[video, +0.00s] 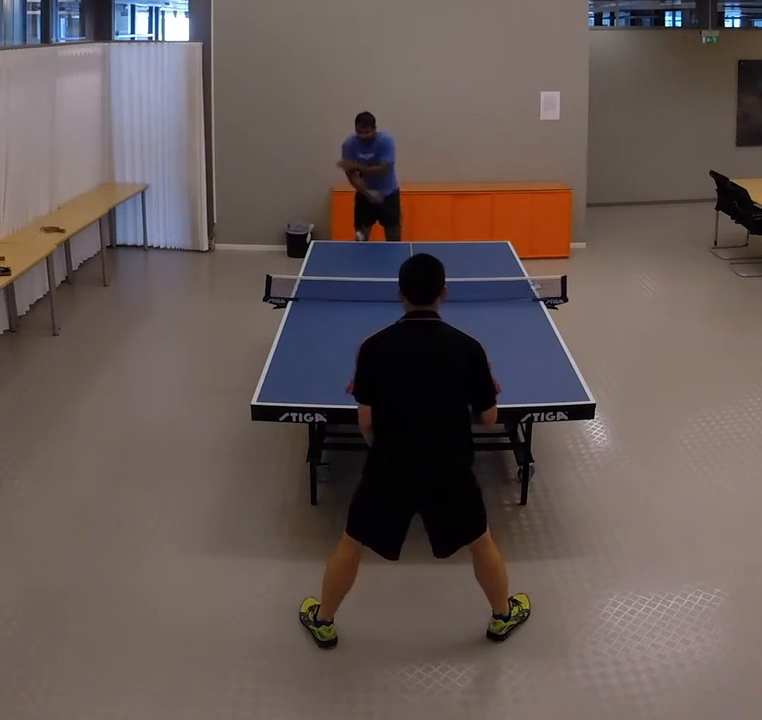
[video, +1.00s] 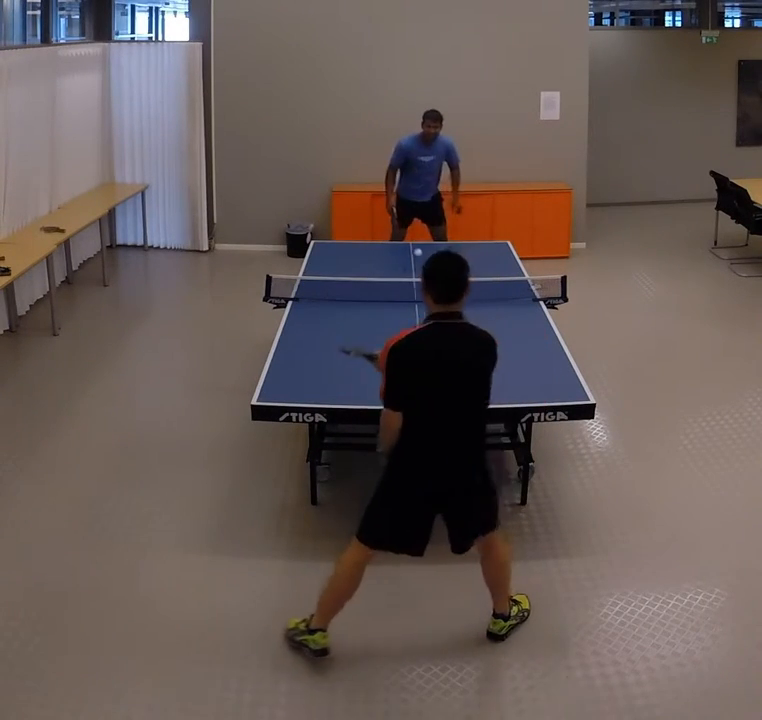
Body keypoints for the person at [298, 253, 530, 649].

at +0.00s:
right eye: (439, 285)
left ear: (400, 292)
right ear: (443, 291)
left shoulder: (375, 348)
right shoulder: (466, 348)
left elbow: (366, 421)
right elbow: (489, 416)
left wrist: (383, 450)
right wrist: (486, 389)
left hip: (390, 468)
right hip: (448, 468)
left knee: (352, 542)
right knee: (480, 541)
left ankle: (323, 621)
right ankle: (502, 616)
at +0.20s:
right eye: (454, 285)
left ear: (411, 292)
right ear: (455, 291)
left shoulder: (384, 347)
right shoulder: (476, 348)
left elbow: (371, 420)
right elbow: (492, 410)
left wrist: (389, 448)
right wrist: (495, 386)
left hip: (392, 467)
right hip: (451, 468)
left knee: (352, 543)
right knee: (483, 540)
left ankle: (323, 620)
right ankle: (502, 615)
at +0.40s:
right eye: (484, 282)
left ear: (442, 288)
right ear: (485, 288)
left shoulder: (416, 341)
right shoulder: (507, 343)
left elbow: (392, 409)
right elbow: (527, 409)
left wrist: (404, 446)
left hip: (421, 462)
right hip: (478, 464)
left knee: (376, 543)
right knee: (501, 532)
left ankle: (331, 612)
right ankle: (503, 613)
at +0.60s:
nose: (496, 279)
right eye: (496, 274)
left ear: (453, 278)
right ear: (494, 277)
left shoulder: (427, 329)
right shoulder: (521, 328)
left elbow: (408, 398)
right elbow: (541, 394)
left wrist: (413, 437)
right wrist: (536, 427)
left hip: (440, 451)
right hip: (499, 451)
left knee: (406, 536)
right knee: (505, 532)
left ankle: (376, 620)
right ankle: (503, 614)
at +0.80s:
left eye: (453, 273)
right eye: (494, 272)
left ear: (452, 279)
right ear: (496, 278)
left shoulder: (430, 333)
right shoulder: (514, 331)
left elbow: (417, 403)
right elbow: (503, 386)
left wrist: (416, 442)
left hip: (440, 450)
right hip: (494, 452)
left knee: (396, 533)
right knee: (501, 538)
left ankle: (364, 616)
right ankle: (504, 613)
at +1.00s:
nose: (425, 290)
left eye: (424, 284)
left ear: (424, 290)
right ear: (466, 290)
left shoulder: (403, 349)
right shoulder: (485, 344)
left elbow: (392, 423)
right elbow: (454, 381)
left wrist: (388, 455)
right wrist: (393, 364)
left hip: (413, 465)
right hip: (465, 463)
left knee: (361, 549)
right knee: (488, 535)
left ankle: (317, 627)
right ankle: (503, 612)